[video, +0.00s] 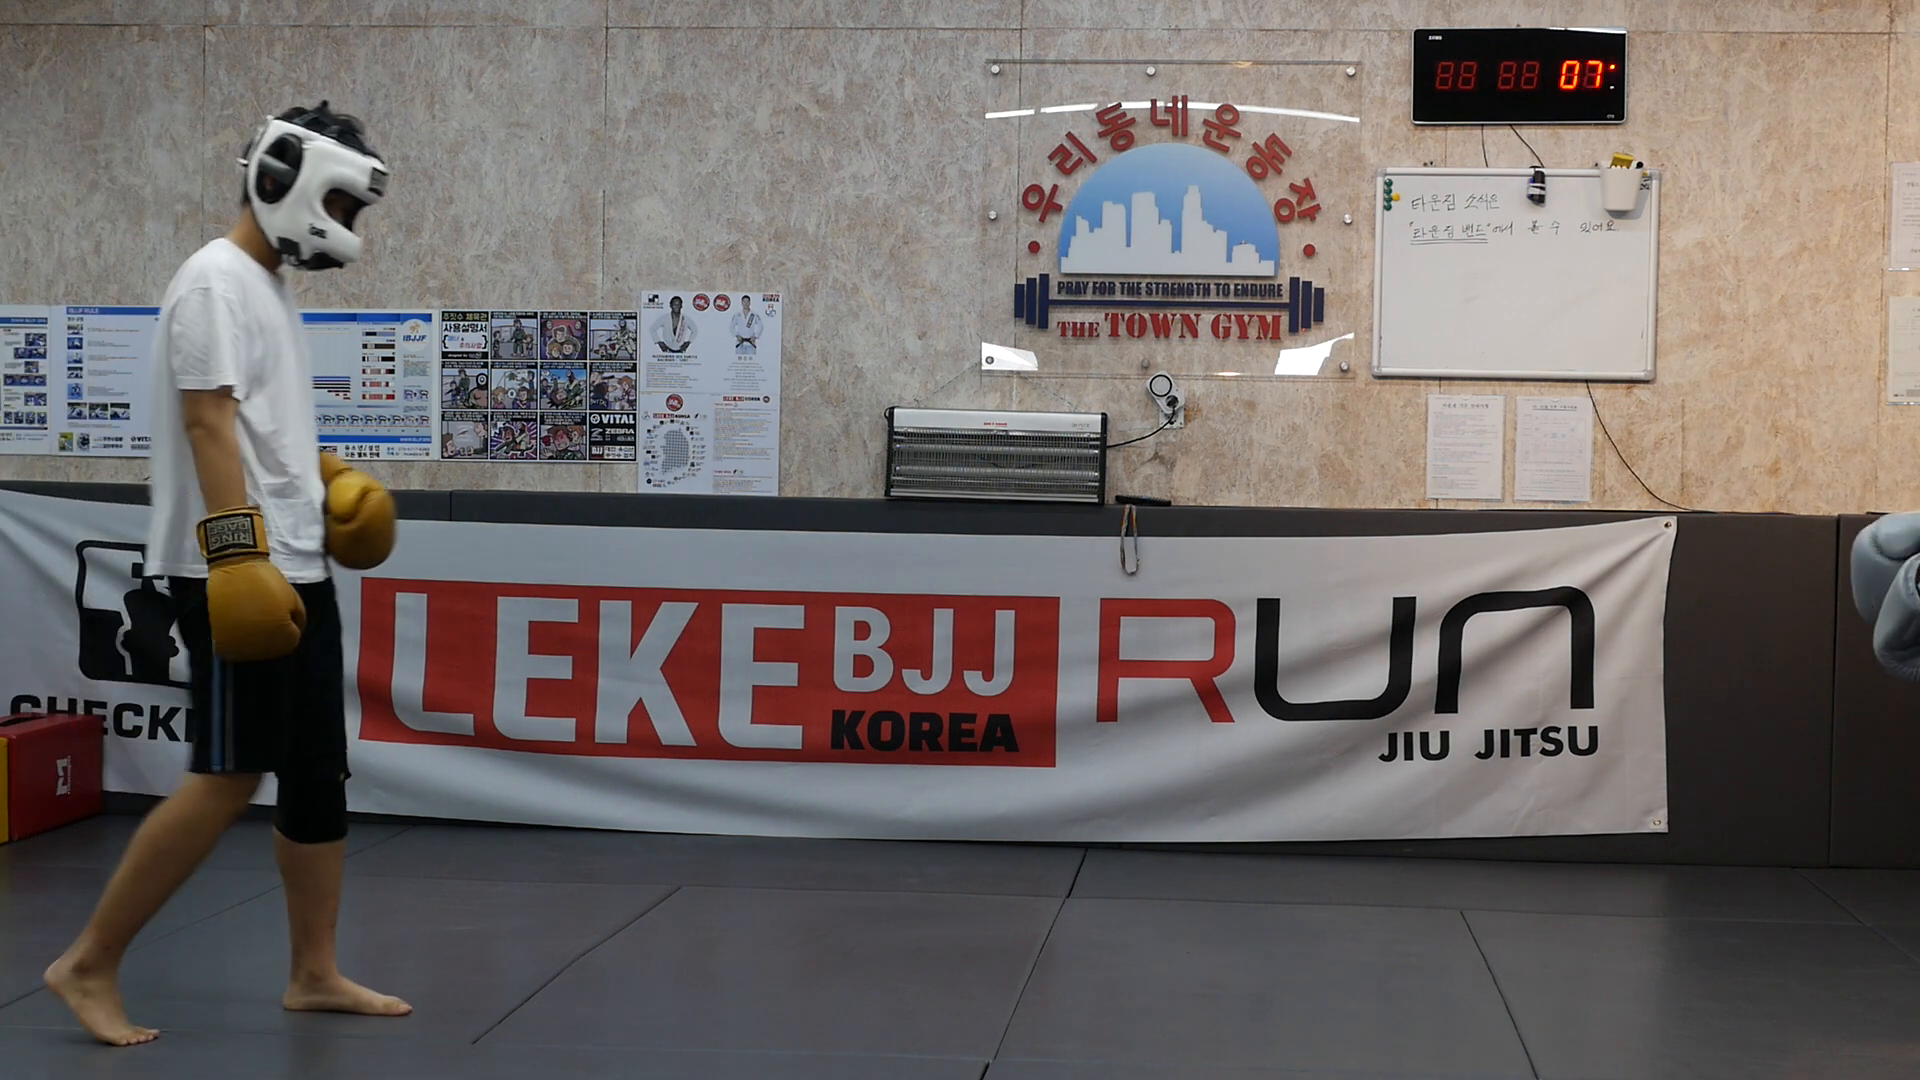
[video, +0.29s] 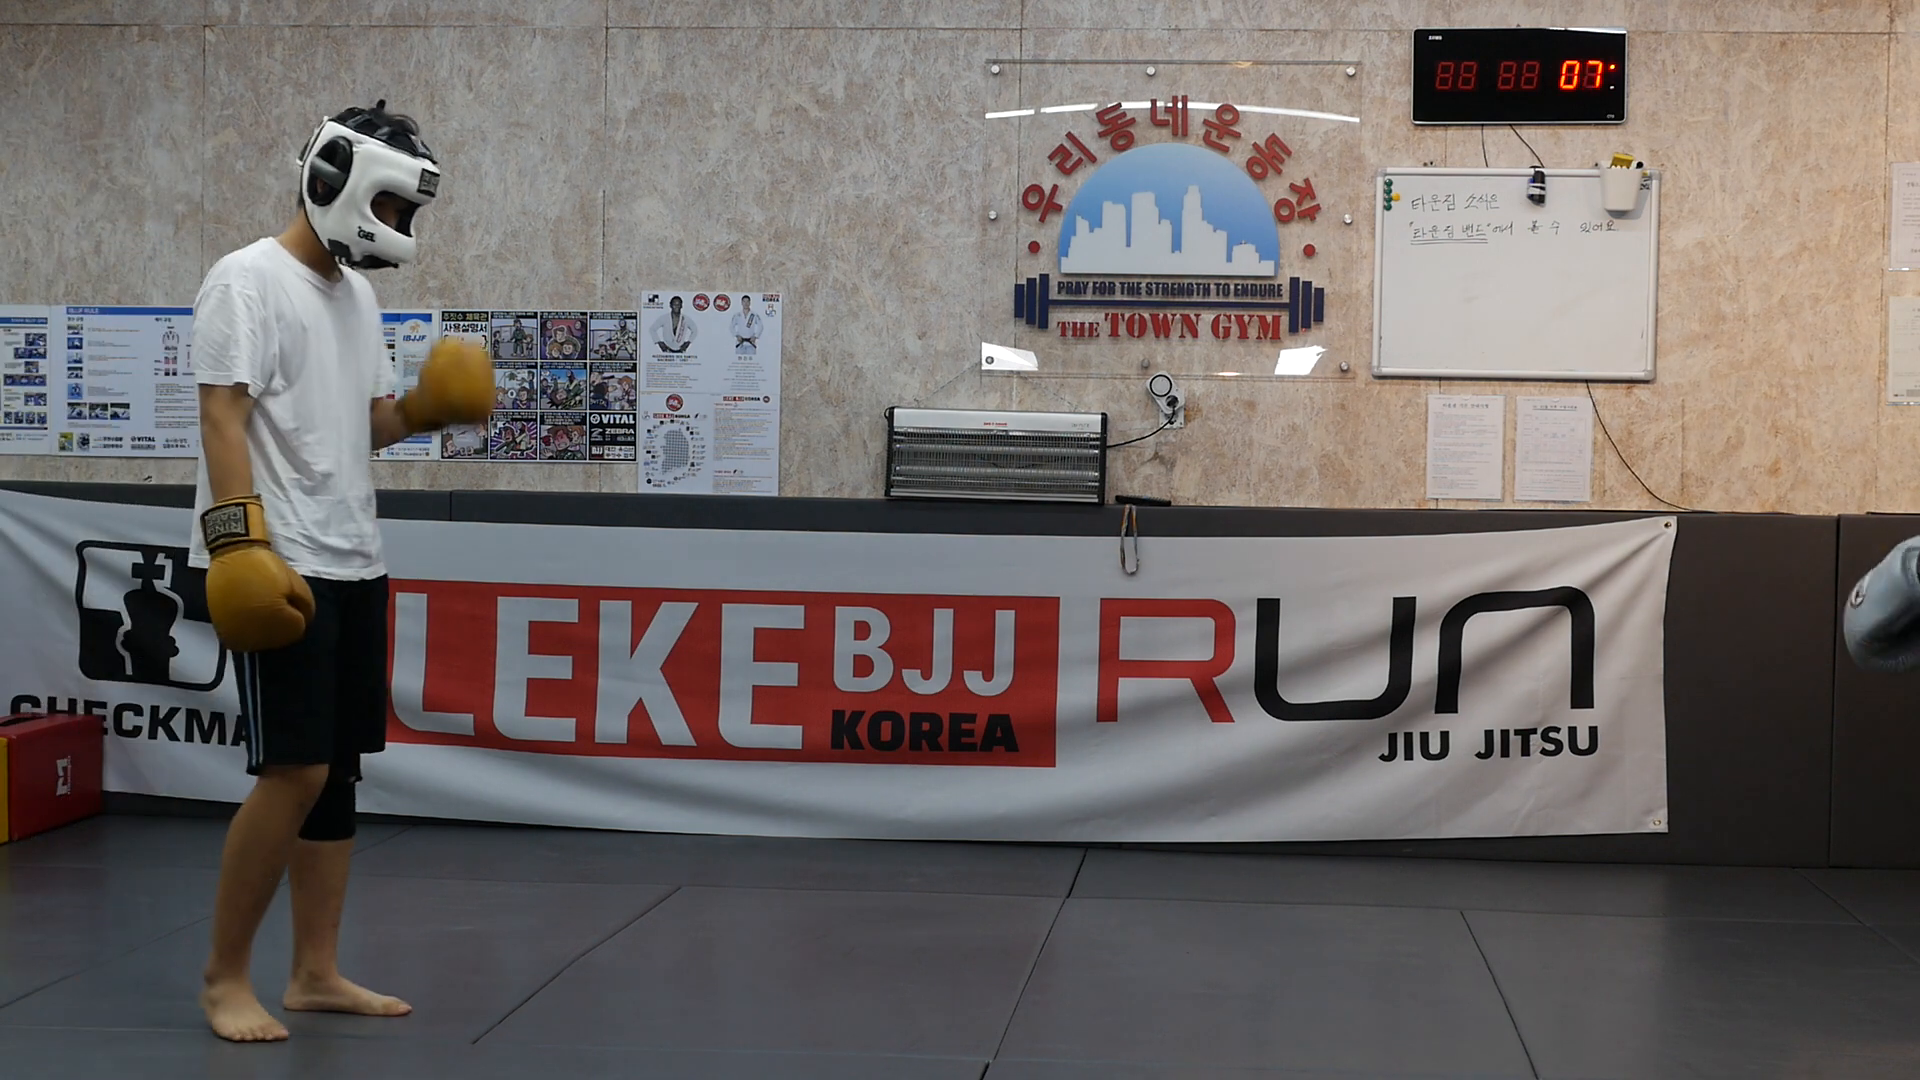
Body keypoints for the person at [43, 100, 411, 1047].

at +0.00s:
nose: (352, 222)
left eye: (358, 203)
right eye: (344, 199)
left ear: (288, 190)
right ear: (290, 185)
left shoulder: (267, 290)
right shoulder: (214, 283)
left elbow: (277, 432)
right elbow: (207, 426)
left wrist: (335, 487)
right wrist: (238, 555)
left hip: (299, 574)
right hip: (234, 576)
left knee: (316, 781)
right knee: (224, 782)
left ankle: (317, 973)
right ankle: (89, 965)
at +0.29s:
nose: (401, 221)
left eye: (409, 204)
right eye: (390, 199)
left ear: (384, 198)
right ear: (334, 185)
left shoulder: (357, 292)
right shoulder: (243, 282)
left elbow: (359, 427)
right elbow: (223, 420)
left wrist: (427, 404)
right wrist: (238, 541)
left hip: (356, 566)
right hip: (283, 564)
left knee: (336, 769)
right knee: (295, 768)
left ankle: (316, 973)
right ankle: (225, 981)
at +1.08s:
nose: (272, 182)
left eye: (291, 166)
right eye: (251, 165)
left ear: (319, 177)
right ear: (214, 171)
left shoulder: (354, 289)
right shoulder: (172, 289)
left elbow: (384, 422)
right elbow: (142, 440)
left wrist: (371, 457)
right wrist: (111, 569)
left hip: (336, 585)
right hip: (216, 585)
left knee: (363, 791)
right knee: (217, 796)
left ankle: (323, 956)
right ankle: (221, 1017)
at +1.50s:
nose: (231, 181)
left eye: (247, 161)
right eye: (207, 165)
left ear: (271, 165)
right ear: (166, 175)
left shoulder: (317, 272)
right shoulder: (137, 296)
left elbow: (367, 397)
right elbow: (128, 448)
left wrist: (330, 454)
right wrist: (126, 579)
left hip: (319, 582)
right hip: (205, 591)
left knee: (348, 803)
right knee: (213, 804)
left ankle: (351, 1022)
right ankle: (221, 1025)